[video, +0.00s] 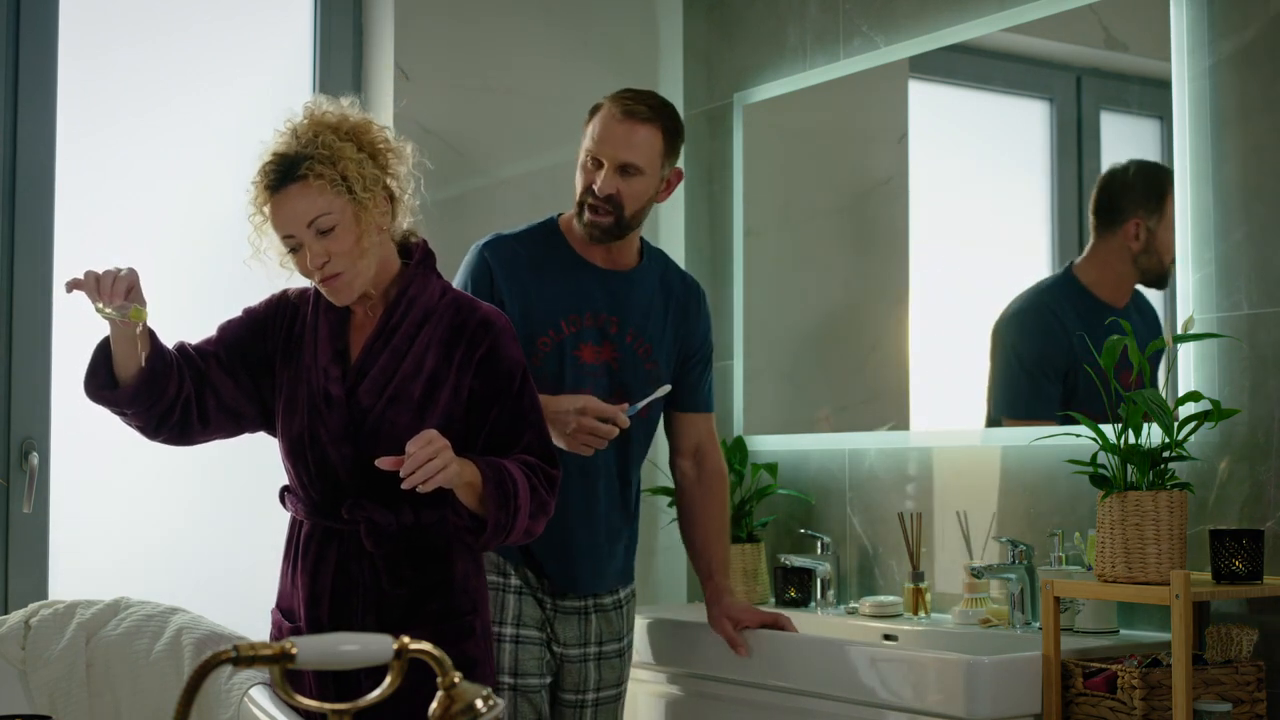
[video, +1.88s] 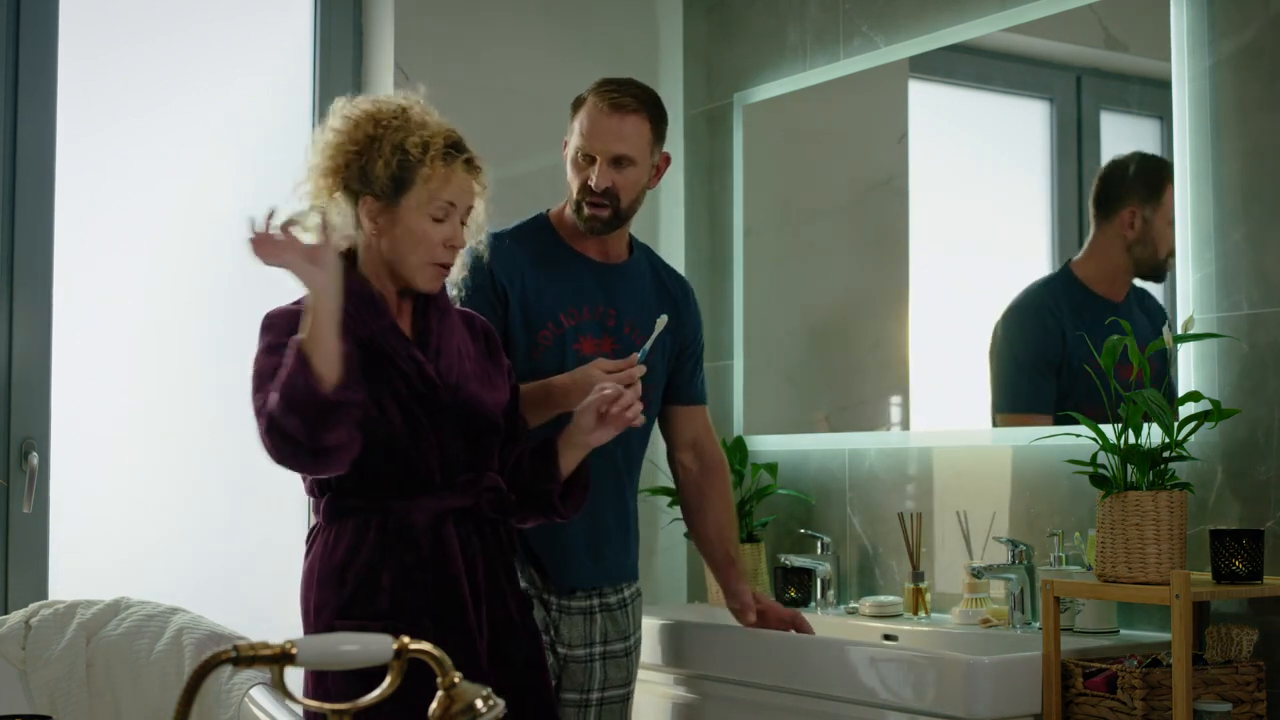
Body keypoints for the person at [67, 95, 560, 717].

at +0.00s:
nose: (312, 259)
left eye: (326, 230)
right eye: (294, 244)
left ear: (380, 208)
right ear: (281, 247)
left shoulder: (475, 333)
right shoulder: (289, 328)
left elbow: (533, 492)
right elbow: (170, 403)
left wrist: (464, 474)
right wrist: (127, 322)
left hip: (435, 618)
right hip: (312, 616)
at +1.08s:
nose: (330, 220)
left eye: (358, 201)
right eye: (323, 200)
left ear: (411, 216)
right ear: (311, 207)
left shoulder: (476, 331)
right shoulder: (291, 339)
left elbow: (529, 484)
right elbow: (211, 457)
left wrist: (460, 466)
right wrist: (141, 374)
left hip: (441, 614)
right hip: (318, 614)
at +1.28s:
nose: (388, 218)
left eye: (407, 197)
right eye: (366, 196)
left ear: (429, 210)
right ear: (326, 208)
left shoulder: (479, 330)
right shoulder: (287, 343)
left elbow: (532, 487)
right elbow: (226, 478)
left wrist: (473, 459)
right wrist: (148, 391)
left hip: (451, 618)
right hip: (324, 618)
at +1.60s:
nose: (435, 224)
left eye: (441, 204)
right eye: (412, 201)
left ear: (451, 207)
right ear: (348, 205)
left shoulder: (479, 328)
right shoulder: (284, 341)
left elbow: (529, 505)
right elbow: (241, 497)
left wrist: (535, 454)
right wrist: (205, 369)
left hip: (479, 612)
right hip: (349, 619)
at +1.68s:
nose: (441, 227)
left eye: (446, 207)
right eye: (420, 206)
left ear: (453, 210)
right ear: (355, 211)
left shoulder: (478, 327)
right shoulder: (291, 336)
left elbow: (509, 489)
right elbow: (253, 481)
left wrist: (538, 448)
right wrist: (233, 336)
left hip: (482, 602)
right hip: (358, 606)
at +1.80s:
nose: (443, 234)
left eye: (451, 215)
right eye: (423, 211)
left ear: (461, 217)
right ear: (360, 210)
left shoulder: (475, 331)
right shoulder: (305, 325)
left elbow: (509, 488)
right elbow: (282, 453)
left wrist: (562, 434)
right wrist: (281, 300)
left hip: (485, 600)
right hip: (368, 602)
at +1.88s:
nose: (459, 240)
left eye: (464, 220)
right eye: (439, 217)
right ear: (373, 217)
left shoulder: (474, 336)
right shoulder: (301, 328)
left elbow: (508, 491)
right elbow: (309, 446)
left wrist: (578, 435)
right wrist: (325, 293)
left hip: (487, 604)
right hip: (372, 609)